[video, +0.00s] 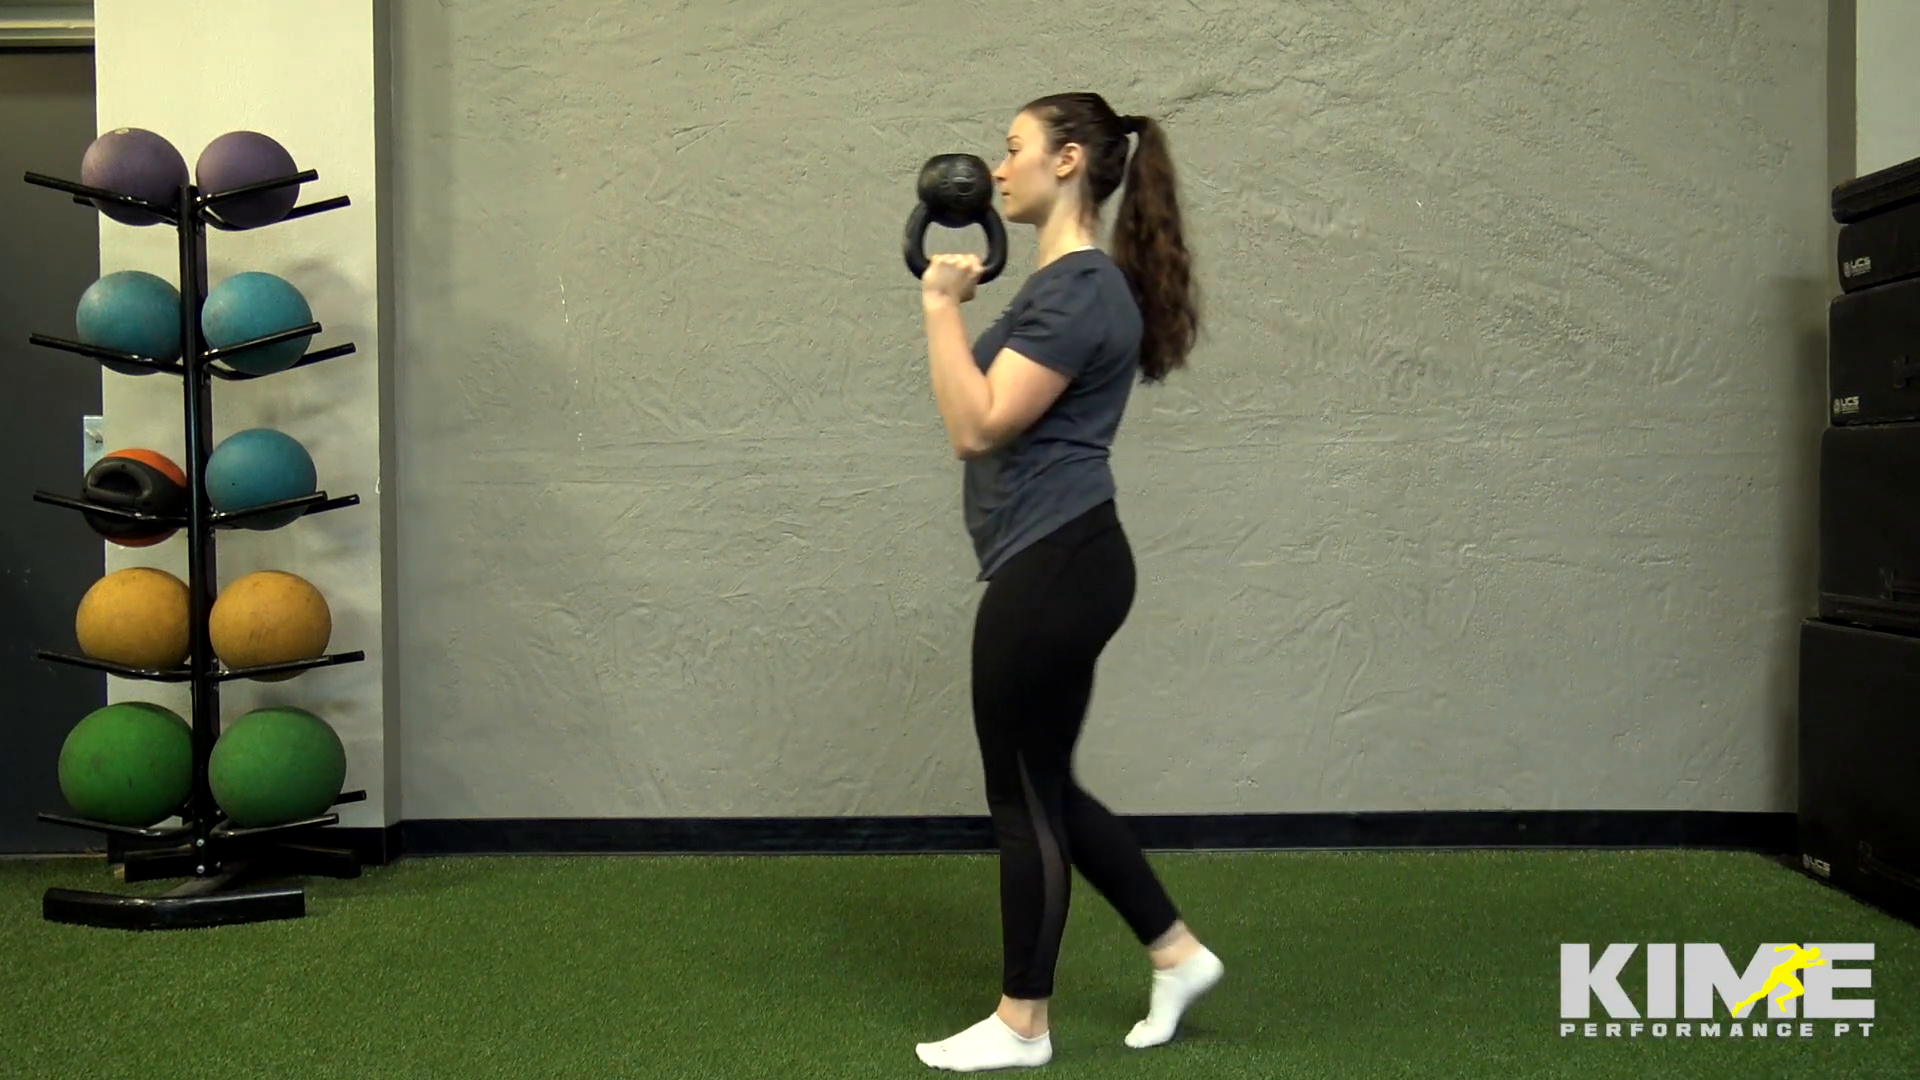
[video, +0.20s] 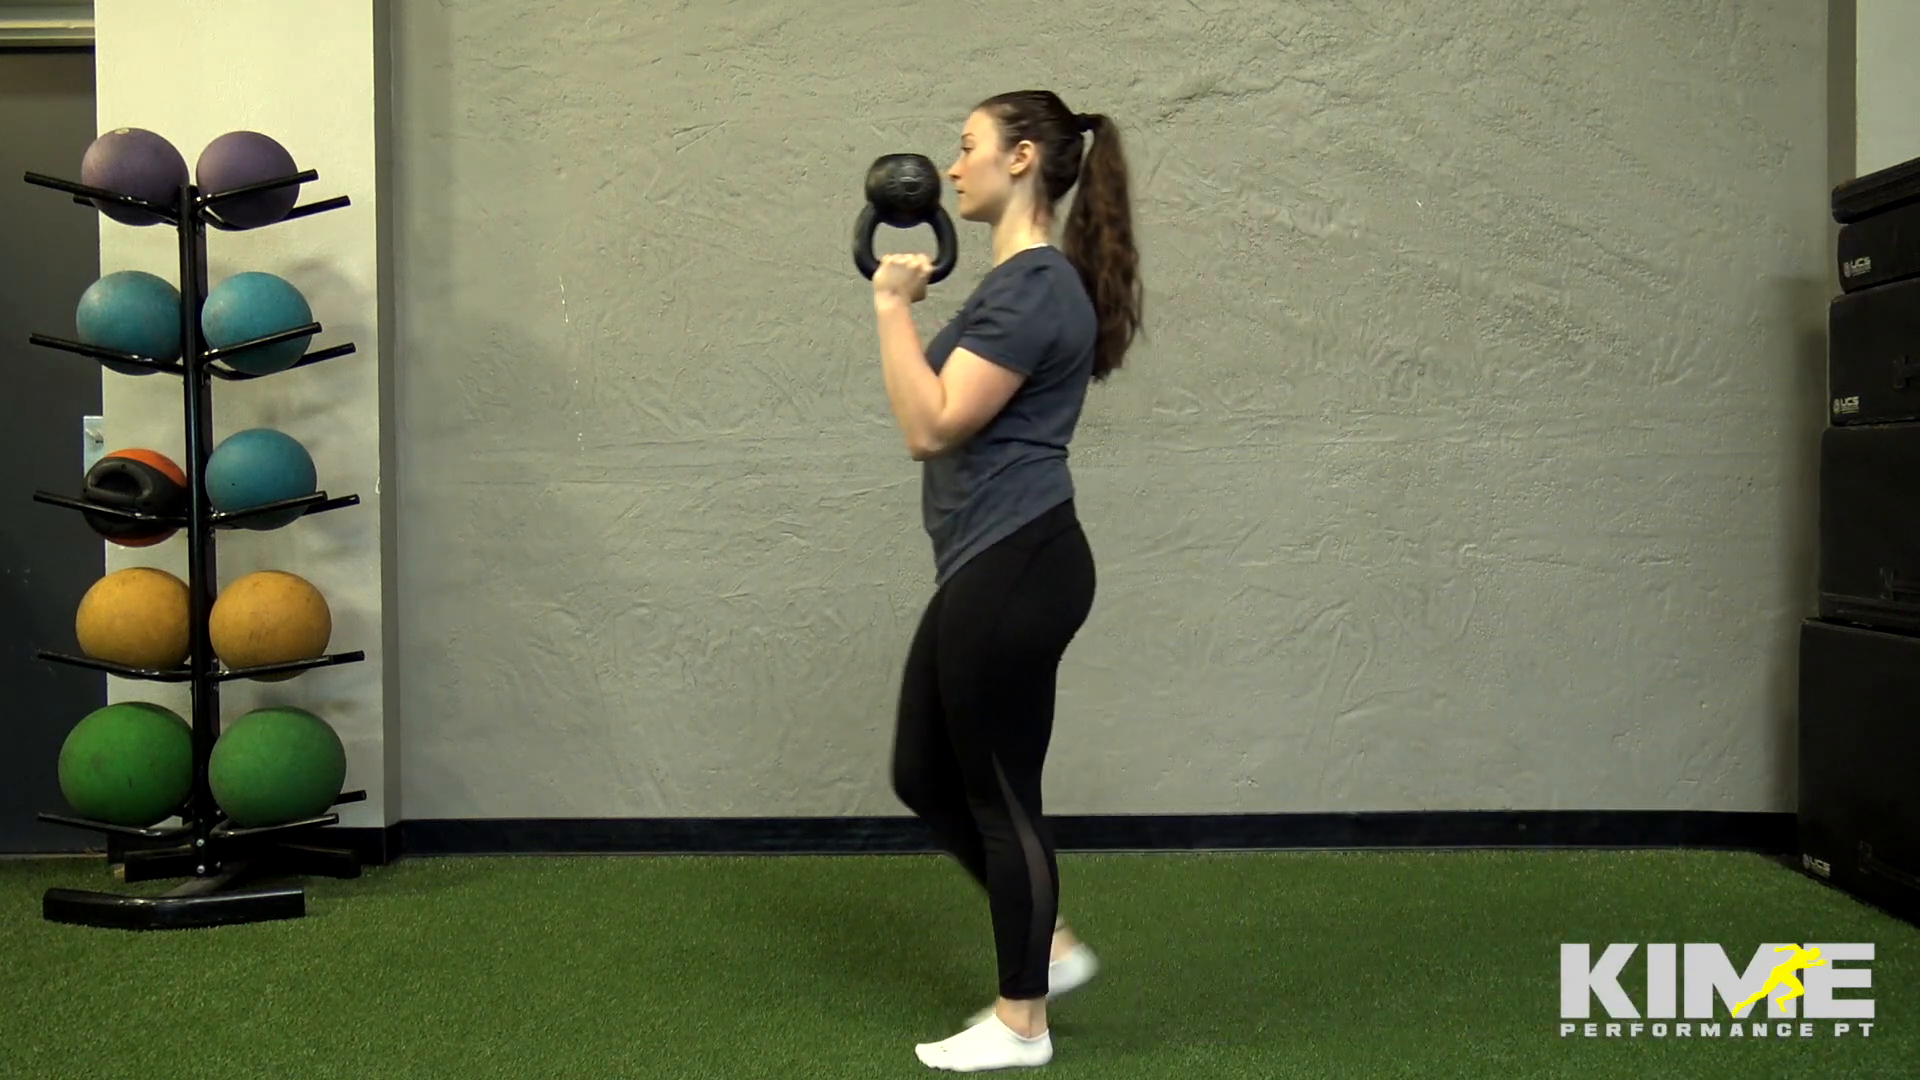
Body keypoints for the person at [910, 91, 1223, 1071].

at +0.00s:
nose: (998, 170)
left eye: (1015, 152)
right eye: (1004, 152)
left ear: (1069, 165)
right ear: (1072, 166)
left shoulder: (1078, 288)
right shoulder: (1067, 281)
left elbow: (979, 424)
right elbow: (976, 425)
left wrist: (940, 304)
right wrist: (950, 306)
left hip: (1053, 565)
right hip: (1058, 558)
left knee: (1020, 792)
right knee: (1045, 782)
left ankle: (1022, 1018)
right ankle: (1178, 952)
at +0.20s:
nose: (952, 168)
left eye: (968, 150)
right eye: (957, 151)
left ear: (1023, 161)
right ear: (1022, 161)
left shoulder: (1039, 286)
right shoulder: (1014, 279)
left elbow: (934, 423)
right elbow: (931, 420)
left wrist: (892, 304)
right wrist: (898, 304)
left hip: (1020, 563)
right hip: (985, 563)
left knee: (1002, 791)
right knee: (923, 775)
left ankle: (1021, 1022)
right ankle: (1049, 944)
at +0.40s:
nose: (906, 171)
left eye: (922, 154)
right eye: (911, 154)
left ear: (977, 165)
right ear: (980, 170)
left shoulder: (992, 287)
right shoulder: (967, 282)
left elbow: (880, 424)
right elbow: (887, 424)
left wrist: (843, 306)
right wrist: (842, 310)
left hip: (978, 566)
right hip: (939, 567)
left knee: (978, 799)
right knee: (884, 781)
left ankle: (1021, 1020)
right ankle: (847, 989)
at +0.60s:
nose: (858, 175)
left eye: (872, 158)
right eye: (862, 158)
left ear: (926, 168)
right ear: (927, 170)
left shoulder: (944, 293)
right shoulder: (919, 288)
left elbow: (828, 427)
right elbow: (825, 424)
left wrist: (790, 312)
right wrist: (792, 314)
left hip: (923, 565)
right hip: (892, 568)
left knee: (940, 799)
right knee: (858, 795)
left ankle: (1017, 1014)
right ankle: (825, 1000)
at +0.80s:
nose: (813, 174)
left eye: (828, 157)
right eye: (819, 157)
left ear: (878, 171)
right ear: (884, 172)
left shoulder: (888, 295)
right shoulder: (879, 289)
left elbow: (784, 429)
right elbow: (779, 435)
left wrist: (745, 312)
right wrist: (755, 317)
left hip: (871, 564)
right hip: (857, 562)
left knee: (860, 791)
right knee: (835, 788)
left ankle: (996, 987)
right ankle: (820, 1000)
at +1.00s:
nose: (763, 176)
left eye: (778, 159)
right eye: (768, 159)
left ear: (829, 171)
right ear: (833, 173)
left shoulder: (842, 295)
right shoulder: (838, 290)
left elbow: (739, 434)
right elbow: (736, 434)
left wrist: (697, 317)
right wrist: (705, 318)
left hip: (817, 563)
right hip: (832, 558)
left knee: (739, 792)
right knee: (811, 788)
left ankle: (894, 956)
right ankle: (817, 1000)